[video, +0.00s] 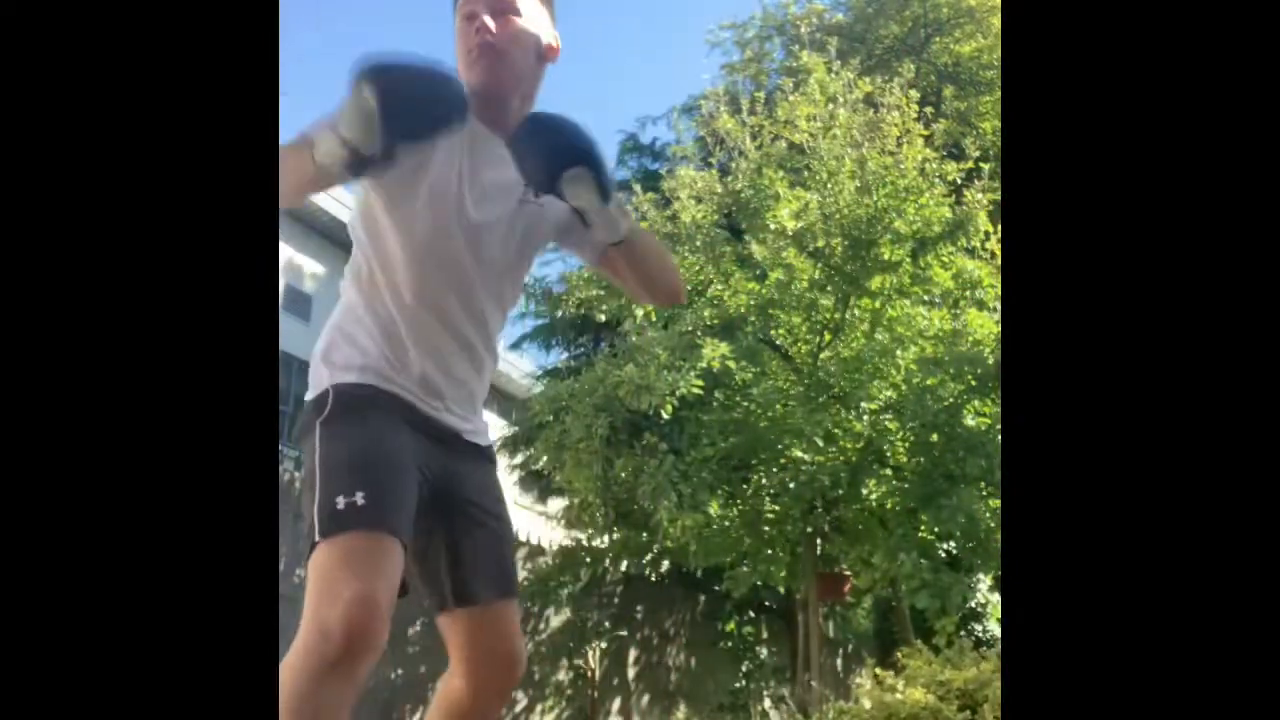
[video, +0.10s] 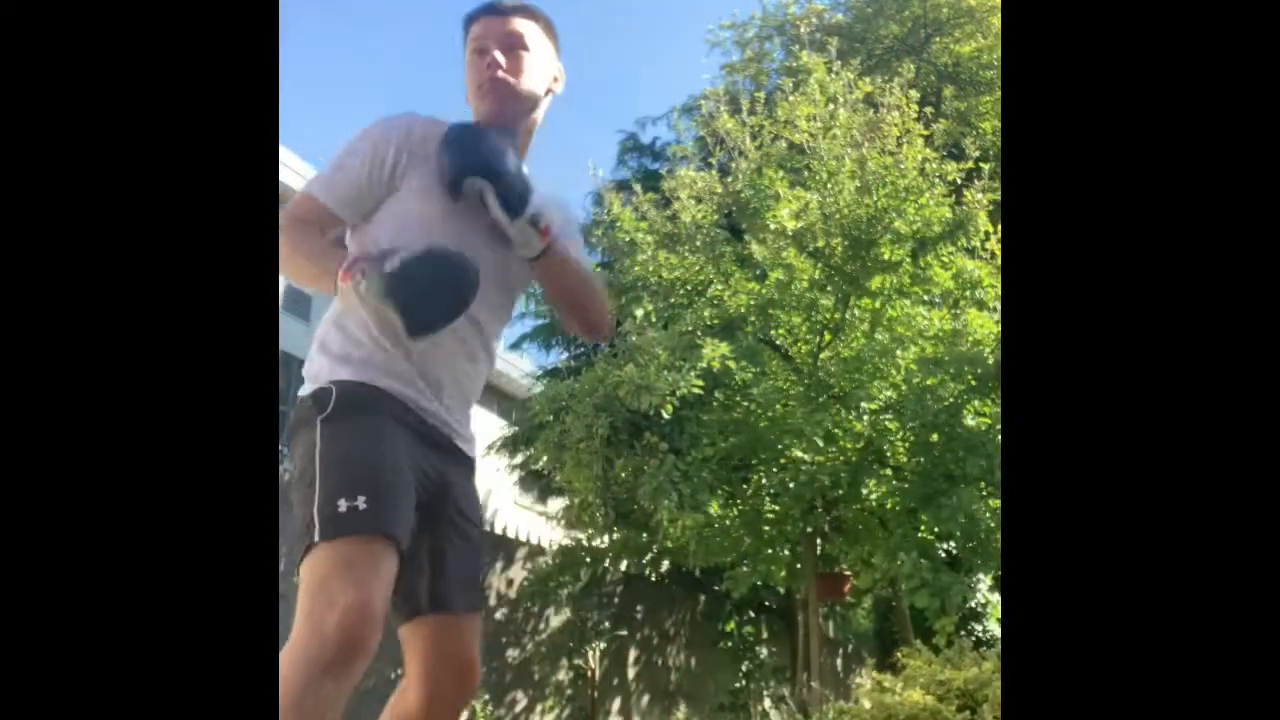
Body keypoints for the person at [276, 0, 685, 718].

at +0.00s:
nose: (480, 21)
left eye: (504, 10)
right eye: (469, 12)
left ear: (550, 47)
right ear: (455, 40)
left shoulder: (552, 184)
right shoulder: (406, 117)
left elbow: (666, 289)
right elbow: (282, 187)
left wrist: (605, 207)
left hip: (460, 423)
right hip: (366, 385)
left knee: (493, 665)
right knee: (351, 623)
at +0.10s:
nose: (494, 58)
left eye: (516, 47)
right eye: (481, 49)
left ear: (553, 80)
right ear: (465, 73)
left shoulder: (547, 209)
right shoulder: (408, 137)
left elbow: (596, 322)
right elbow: (292, 234)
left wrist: (525, 223)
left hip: (450, 432)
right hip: (361, 387)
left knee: (449, 679)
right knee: (345, 622)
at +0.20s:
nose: (502, 117)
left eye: (522, 105)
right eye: (489, 108)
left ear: (556, 136)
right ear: (470, 125)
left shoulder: (544, 252)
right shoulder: (404, 174)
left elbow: (549, 340)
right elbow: (293, 271)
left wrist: (481, 225)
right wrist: (371, 318)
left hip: (442, 458)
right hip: (354, 406)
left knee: (437, 694)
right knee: (328, 638)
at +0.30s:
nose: (506, 142)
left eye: (525, 133)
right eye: (494, 131)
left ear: (555, 164)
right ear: (473, 146)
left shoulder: (539, 272)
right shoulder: (408, 188)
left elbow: (533, 353)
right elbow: (294, 270)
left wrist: (478, 235)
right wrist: (360, 311)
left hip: (434, 463)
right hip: (344, 411)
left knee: (437, 698)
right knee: (304, 637)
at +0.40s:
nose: (500, 130)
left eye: (520, 123)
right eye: (489, 121)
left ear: (549, 157)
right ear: (469, 140)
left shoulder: (535, 268)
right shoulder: (404, 181)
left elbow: (527, 346)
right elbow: (293, 260)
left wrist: (476, 232)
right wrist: (352, 308)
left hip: (430, 455)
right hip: (341, 396)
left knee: (417, 694)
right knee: (304, 619)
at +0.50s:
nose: (484, 113)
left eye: (504, 105)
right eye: (472, 105)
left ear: (539, 137)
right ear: (455, 123)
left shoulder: (527, 252)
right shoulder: (393, 172)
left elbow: (529, 336)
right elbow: (286, 256)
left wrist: (473, 226)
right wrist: (337, 303)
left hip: (428, 451)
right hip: (338, 396)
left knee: (406, 694)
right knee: (304, 621)